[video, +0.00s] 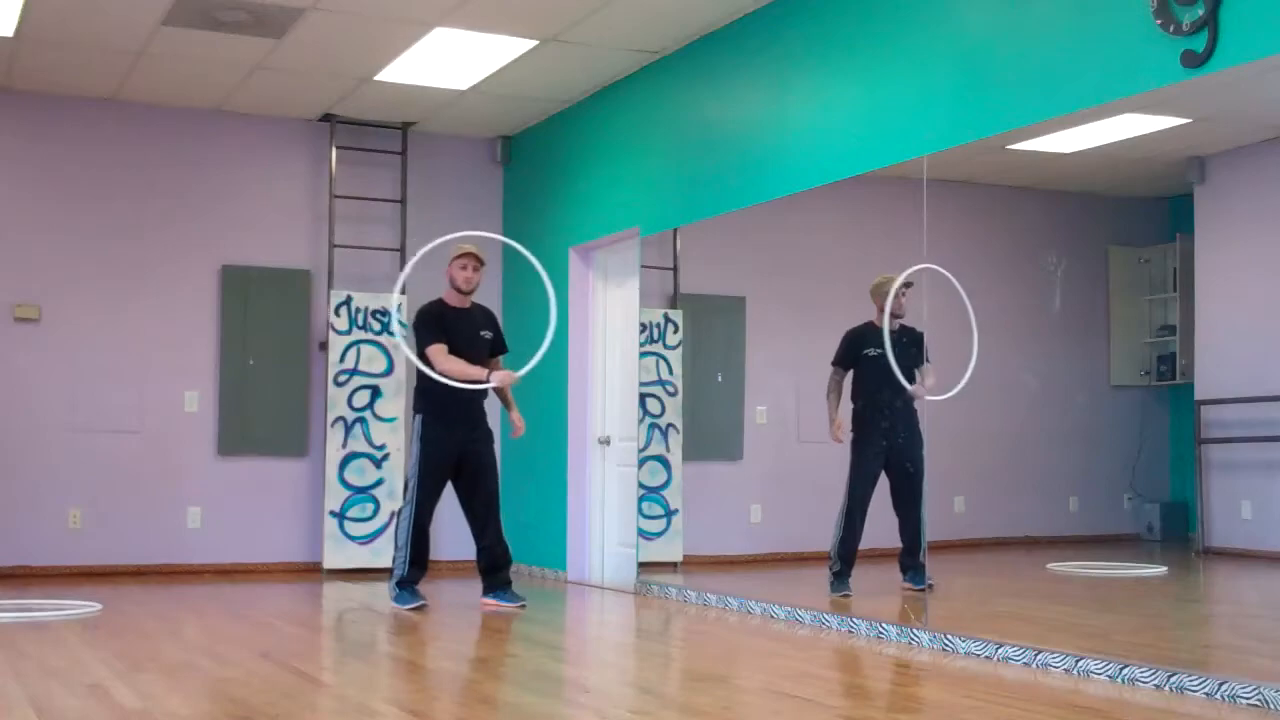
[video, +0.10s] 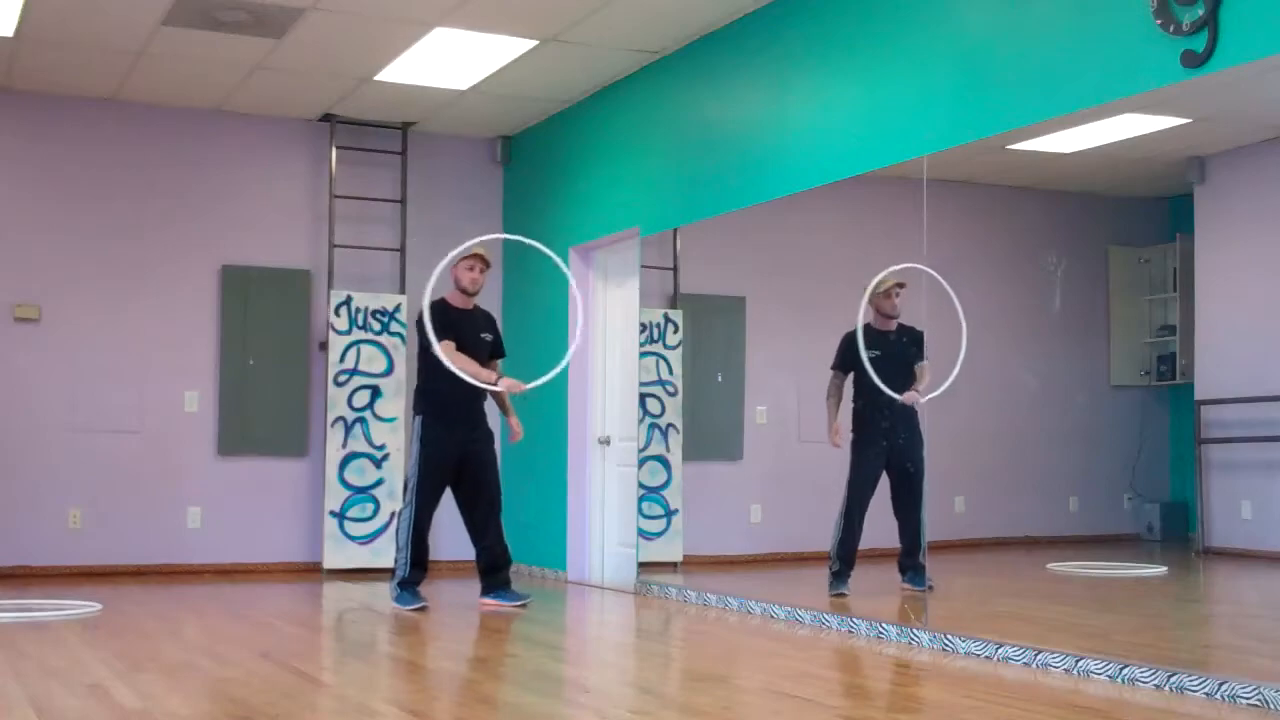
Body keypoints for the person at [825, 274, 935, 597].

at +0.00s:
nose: (903, 301)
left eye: (904, 295)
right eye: (896, 295)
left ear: (905, 299)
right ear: (880, 300)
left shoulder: (913, 337)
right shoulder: (857, 337)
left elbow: (927, 374)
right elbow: (836, 378)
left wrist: (922, 387)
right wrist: (834, 416)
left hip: (906, 432)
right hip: (869, 432)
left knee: (911, 504)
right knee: (856, 504)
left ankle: (914, 572)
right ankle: (840, 575)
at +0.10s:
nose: (895, 300)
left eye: (898, 295)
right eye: (888, 296)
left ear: (901, 299)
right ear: (873, 302)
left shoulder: (913, 337)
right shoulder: (855, 339)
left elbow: (923, 374)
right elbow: (836, 382)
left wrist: (917, 391)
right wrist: (833, 421)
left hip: (906, 432)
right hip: (869, 432)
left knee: (910, 505)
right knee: (855, 505)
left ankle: (913, 572)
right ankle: (839, 575)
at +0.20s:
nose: (890, 300)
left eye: (892, 294)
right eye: (882, 296)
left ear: (896, 298)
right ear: (867, 301)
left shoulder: (909, 336)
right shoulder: (850, 339)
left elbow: (919, 371)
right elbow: (835, 384)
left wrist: (912, 392)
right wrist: (831, 423)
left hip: (902, 431)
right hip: (865, 433)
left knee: (909, 505)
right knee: (852, 506)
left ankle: (913, 571)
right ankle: (837, 574)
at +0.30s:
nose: (883, 299)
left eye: (885, 294)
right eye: (875, 295)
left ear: (889, 297)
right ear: (859, 301)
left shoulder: (901, 335)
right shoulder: (843, 340)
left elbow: (912, 368)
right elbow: (828, 383)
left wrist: (905, 390)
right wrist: (826, 423)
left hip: (897, 431)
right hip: (859, 433)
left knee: (907, 504)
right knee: (850, 508)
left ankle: (910, 569)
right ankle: (837, 574)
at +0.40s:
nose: (874, 299)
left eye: (876, 293)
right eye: (866, 294)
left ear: (879, 296)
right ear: (851, 299)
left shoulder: (892, 331)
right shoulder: (835, 339)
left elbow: (902, 359)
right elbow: (819, 384)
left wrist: (898, 385)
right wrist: (818, 425)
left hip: (890, 431)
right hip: (853, 434)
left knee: (905, 500)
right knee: (848, 507)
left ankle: (904, 566)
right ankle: (837, 574)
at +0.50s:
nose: (867, 298)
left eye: (869, 293)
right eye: (859, 293)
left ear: (874, 297)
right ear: (844, 300)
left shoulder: (884, 328)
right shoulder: (828, 339)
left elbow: (893, 351)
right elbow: (811, 386)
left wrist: (892, 372)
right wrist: (811, 426)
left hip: (885, 431)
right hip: (848, 434)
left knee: (905, 496)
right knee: (846, 507)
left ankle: (892, 563)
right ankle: (836, 575)